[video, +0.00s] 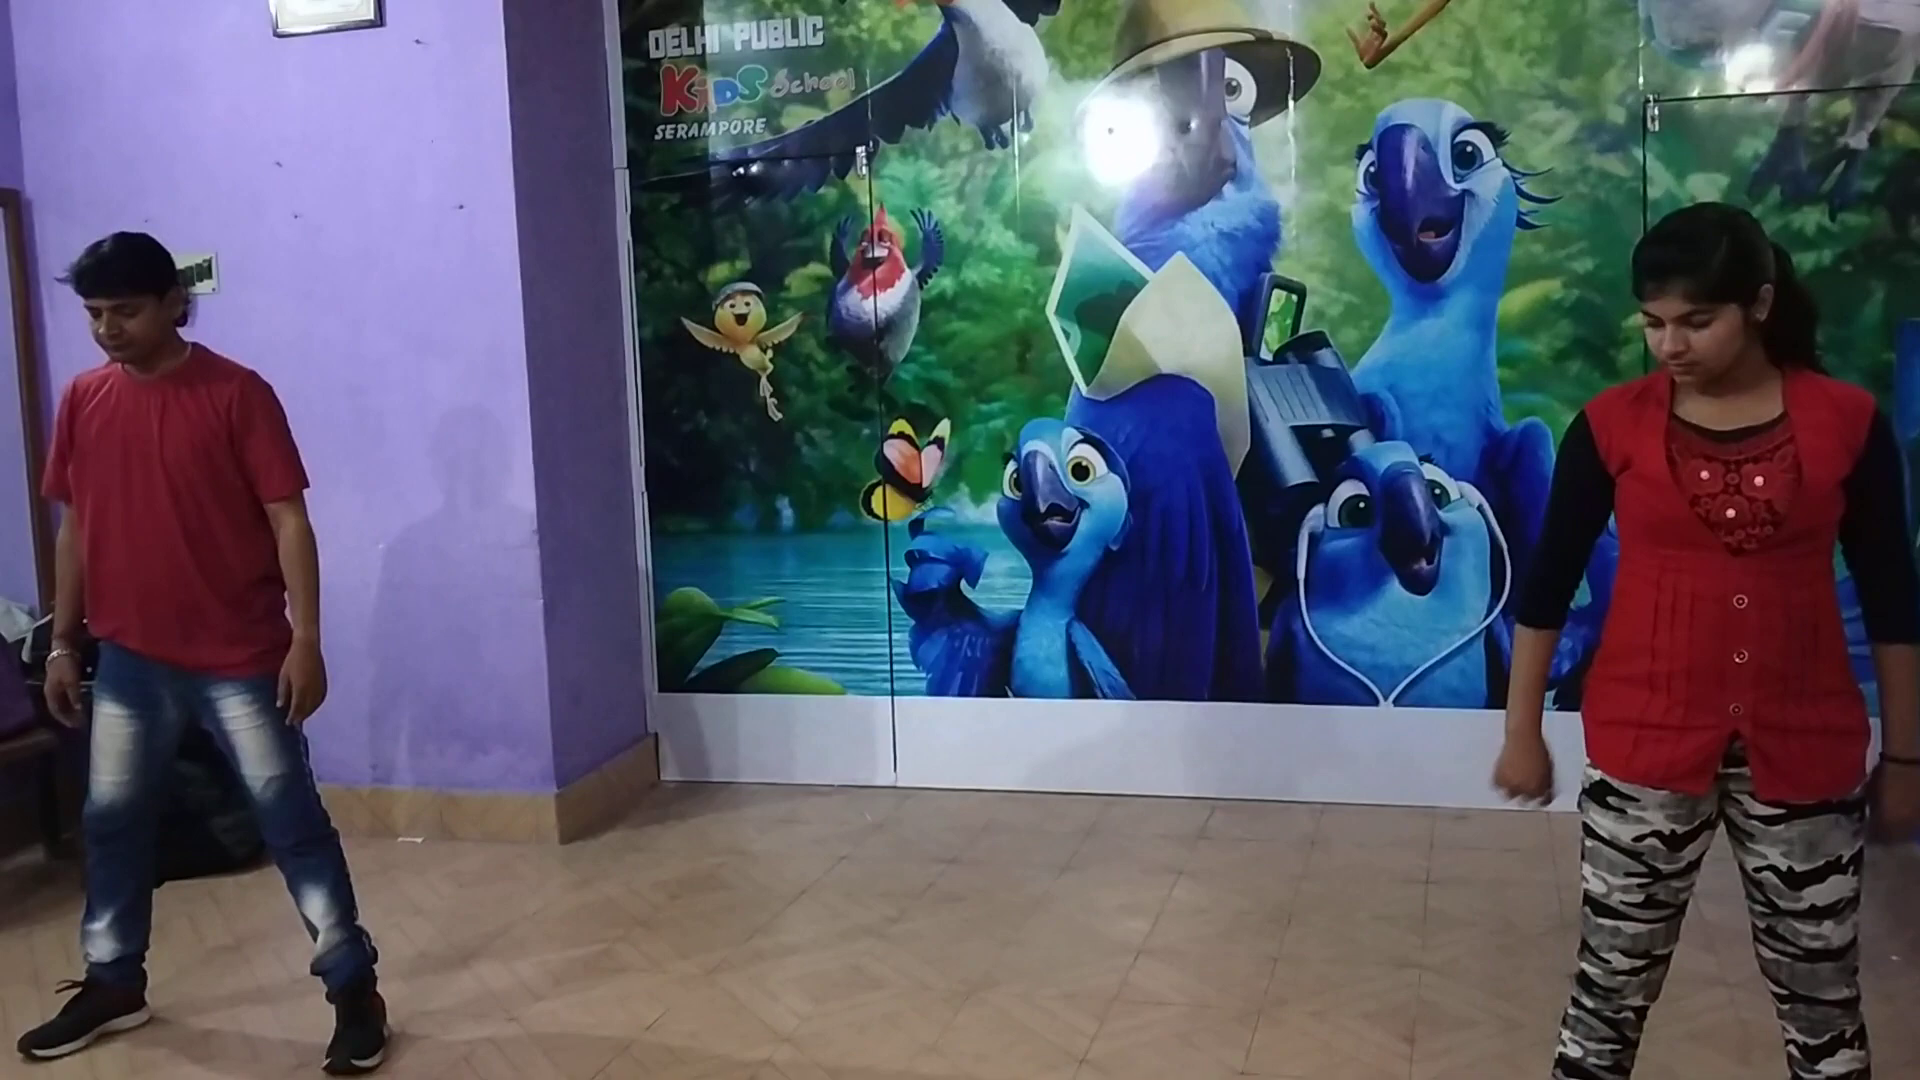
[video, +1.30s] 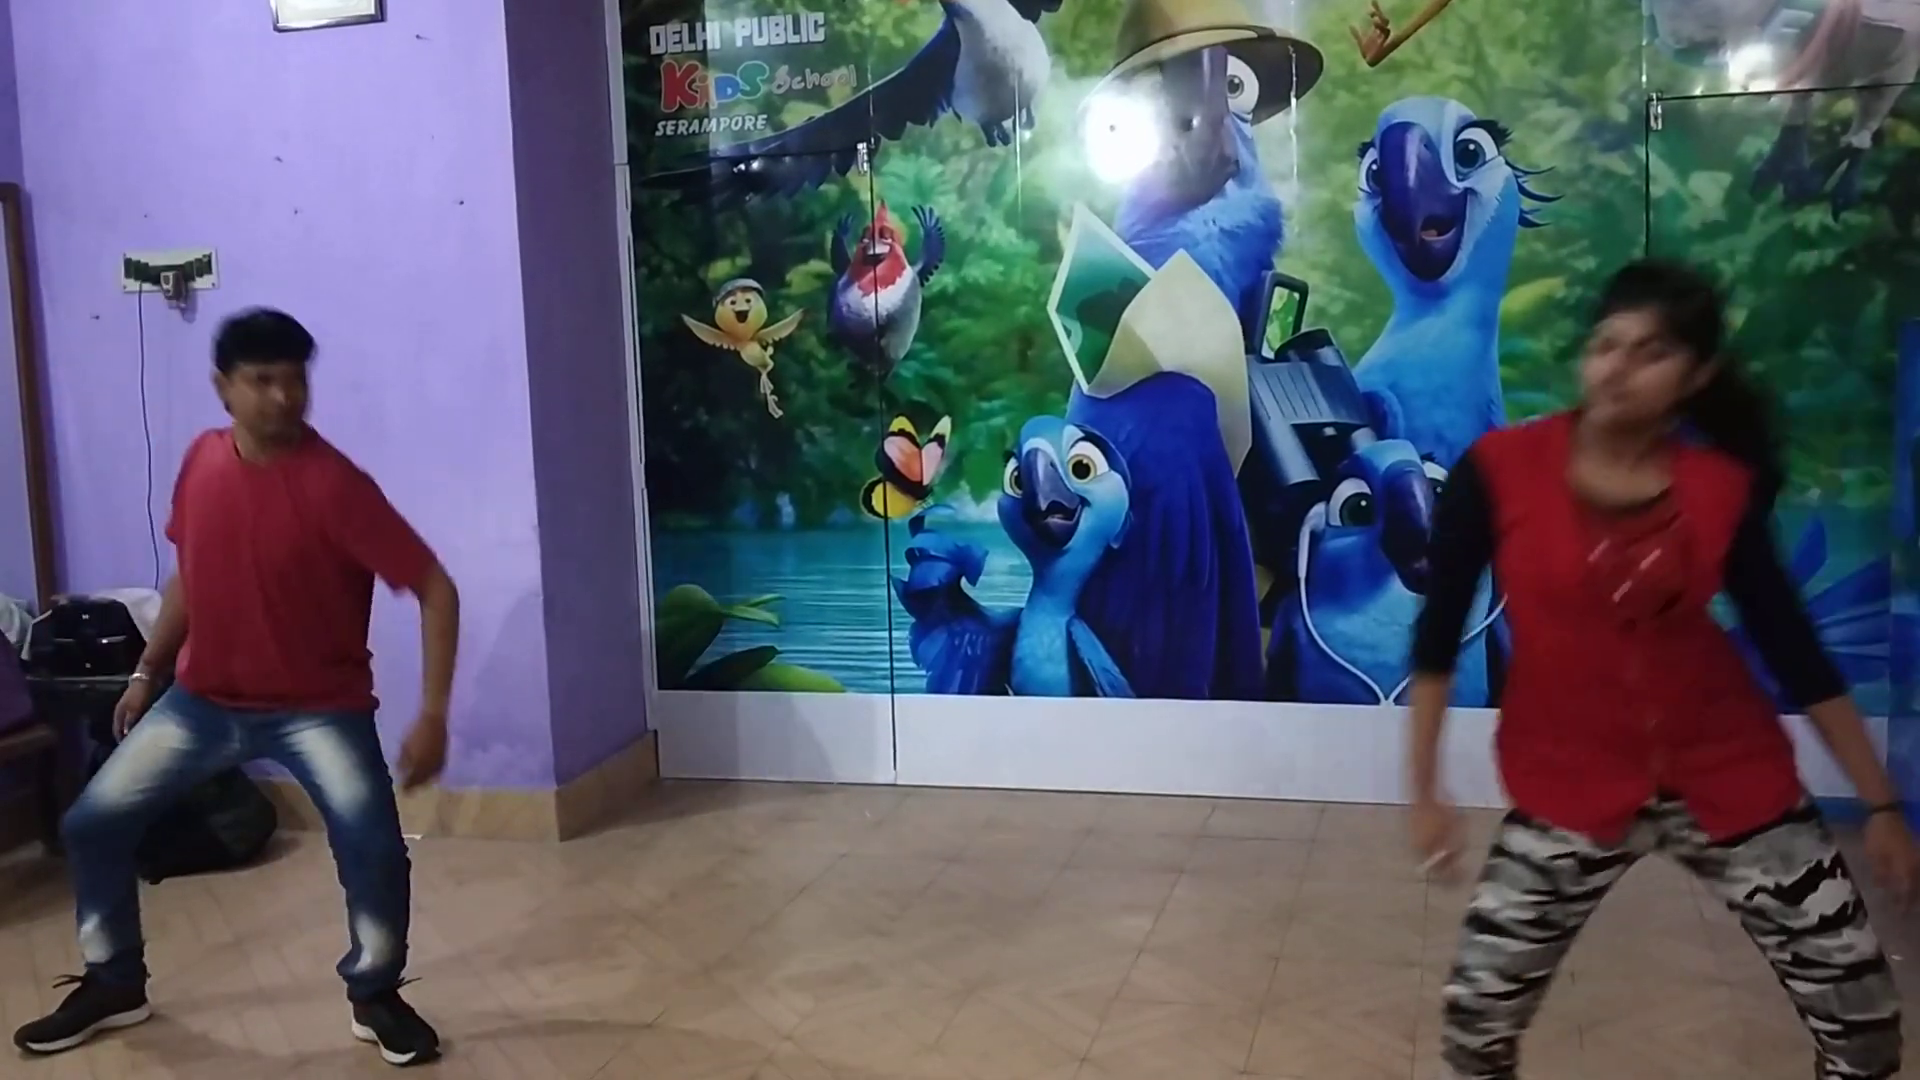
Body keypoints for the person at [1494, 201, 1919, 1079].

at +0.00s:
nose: (1671, 345)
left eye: (1694, 321)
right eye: (1655, 321)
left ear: (1756, 308)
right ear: (1639, 313)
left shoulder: (1845, 424)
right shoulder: (1612, 424)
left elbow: (1891, 595)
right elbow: (1548, 578)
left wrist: (1902, 756)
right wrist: (1521, 730)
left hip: (1802, 748)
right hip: (1645, 746)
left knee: (1821, 1002)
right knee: (1610, 991)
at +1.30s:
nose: (1612, 369)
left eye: (1646, 353)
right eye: (1604, 343)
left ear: (1694, 377)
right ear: (1584, 349)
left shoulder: (1720, 488)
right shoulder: (1498, 470)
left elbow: (1791, 645)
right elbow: (1439, 626)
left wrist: (1882, 804)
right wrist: (1424, 789)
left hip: (1722, 773)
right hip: (1568, 785)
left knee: (1860, 1011)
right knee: (1475, 1024)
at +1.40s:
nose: (1533, 419)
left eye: (1566, 402)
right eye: (1524, 395)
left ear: (1617, 423)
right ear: (1504, 406)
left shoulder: (1674, 532)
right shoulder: (1442, 548)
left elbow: (1762, 677)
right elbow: (1385, 708)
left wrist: (1853, 824)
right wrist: (1351, 867)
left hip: (1710, 814)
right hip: (1547, 826)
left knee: (1876, 1020)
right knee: (1446, 1029)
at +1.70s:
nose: (1479, 517)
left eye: (1501, 492)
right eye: (1468, 498)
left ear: (1570, 492)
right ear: (1460, 506)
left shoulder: (1694, 565)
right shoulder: (1488, 650)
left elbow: (1808, 695)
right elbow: (1450, 816)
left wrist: (1890, 838)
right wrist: (1381, 972)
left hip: (1755, 841)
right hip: (1598, 852)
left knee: (1892, 1024)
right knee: (1463, 1015)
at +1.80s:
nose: (1543, 487)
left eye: (1565, 459)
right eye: (1531, 470)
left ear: (1635, 449)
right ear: (1523, 477)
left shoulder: (1770, 538)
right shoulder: (1551, 615)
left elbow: (1868, 691)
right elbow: (1515, 780)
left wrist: (1917, 822)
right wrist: (1451, 933)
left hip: (1798, 830)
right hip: (1633, 837)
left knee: (1912, 1028)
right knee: (1496, 1017)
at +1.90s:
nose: (1610, 421)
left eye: (1626, 393)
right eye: (1599, 405)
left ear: (1699, 379)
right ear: (1595, 414)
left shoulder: (1841, 479)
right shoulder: (1618, 540)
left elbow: (1909, 637)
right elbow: (1579, 705)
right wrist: (1526, 861)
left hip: (1840, 782)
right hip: (1678, 789)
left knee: (1917, 1013)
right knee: (1540, 995)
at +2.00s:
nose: (1648, 342)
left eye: (1666, 314)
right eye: (1642, 322)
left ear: (1746, 306)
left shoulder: (1887, 414)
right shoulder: (1657, 457)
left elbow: (1919, 555)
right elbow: (1621, 626)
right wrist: (1581, 785)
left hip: (1865, 727)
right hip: (1707, 729)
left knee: (1905, 975)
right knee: (1595, 942)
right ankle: (1529, 1070)